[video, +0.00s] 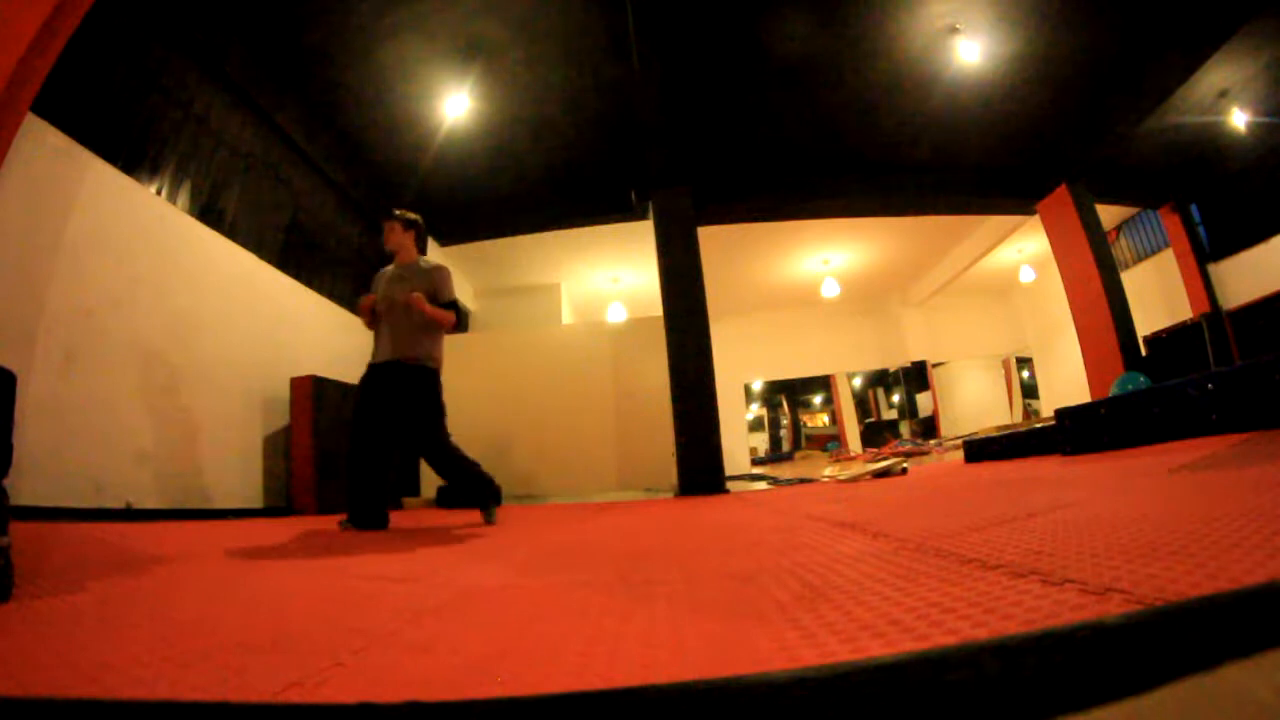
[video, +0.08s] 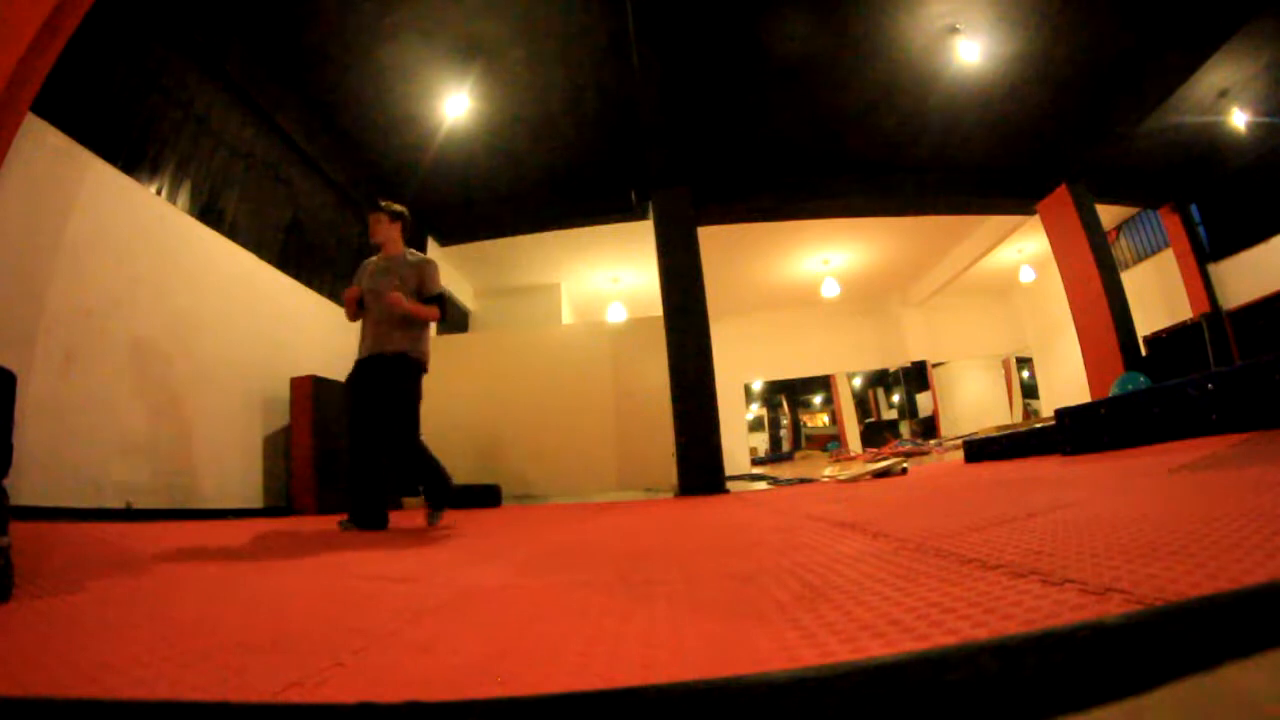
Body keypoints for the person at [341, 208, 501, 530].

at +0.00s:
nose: (385, 237)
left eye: (391, 231)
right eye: (385, 231)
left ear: (411, 235)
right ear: (394, 237)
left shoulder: (435, 272)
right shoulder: (383, 276)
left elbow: (455, 320)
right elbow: (377, 325)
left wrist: (426, 309)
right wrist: (367, 312)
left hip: (419, 369)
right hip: (382, 368)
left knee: (430, 442)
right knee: (368, 442)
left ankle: (484, 492)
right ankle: (368, 514)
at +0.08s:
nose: (372, 229)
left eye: (379, 223)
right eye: (372, 224)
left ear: (397, 226)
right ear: (375, 229)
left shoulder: (422, 264)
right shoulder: (368, 267)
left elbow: (437, 311)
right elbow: (354, 316)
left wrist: (406, 306)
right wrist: (352, 302)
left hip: (405, 359)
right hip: (370, 358)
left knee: (401, 436)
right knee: (364, 437)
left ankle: (438, 491)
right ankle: (368, 513)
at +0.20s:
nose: (354, 222)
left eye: (360, 215)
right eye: (353, 216)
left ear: (379, 218)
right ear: (355, 221)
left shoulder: (404, 256)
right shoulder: (348, 259)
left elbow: (421, 303)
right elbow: (332, 310)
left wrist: (385, 302)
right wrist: (332, 292)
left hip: (388, 350)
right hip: (353, 351)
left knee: (375, 428)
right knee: (349, 429)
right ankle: (357, 508)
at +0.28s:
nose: (341, 220)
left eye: (347, 214)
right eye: (340, 214)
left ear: (366, 216)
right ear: (342, 219)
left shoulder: (393, 255)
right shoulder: (336, 259)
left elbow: (408, 304)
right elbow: (322, 308)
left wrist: (372, 302)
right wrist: (316, 291)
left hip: (371, 349)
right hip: (340, 349)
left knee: (347, 427)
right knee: (339, 430)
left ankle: (333, 513)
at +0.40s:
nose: (320, 216)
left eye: (326, 209)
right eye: (320, 210)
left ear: (347, 213)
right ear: (333, 215)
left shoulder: (371, 253)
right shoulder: (323, 255)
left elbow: (384, 306)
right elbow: (321, 305)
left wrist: (343, 301)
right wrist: (296, 310)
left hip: (343, 349)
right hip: (317, 349)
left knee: (321, 434)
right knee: (332, 435)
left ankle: (296, 519)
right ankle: (357, 509)